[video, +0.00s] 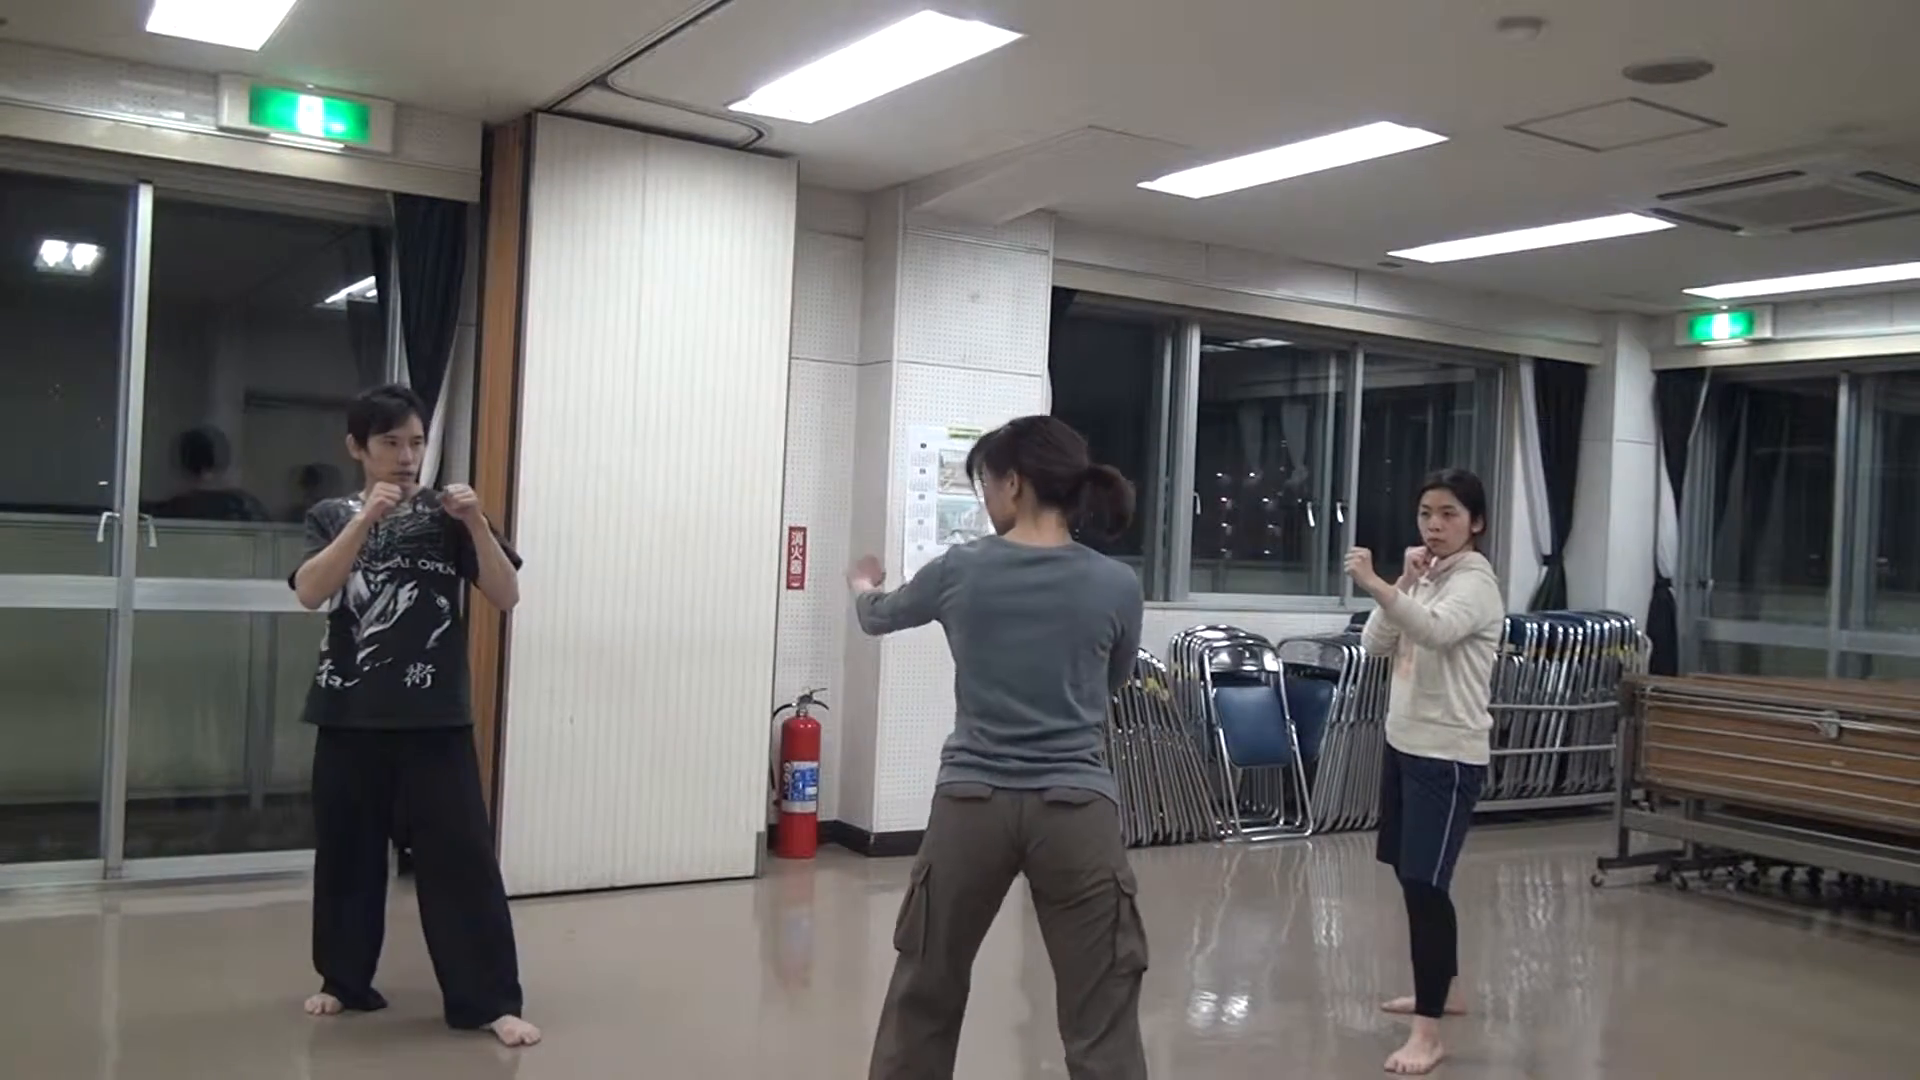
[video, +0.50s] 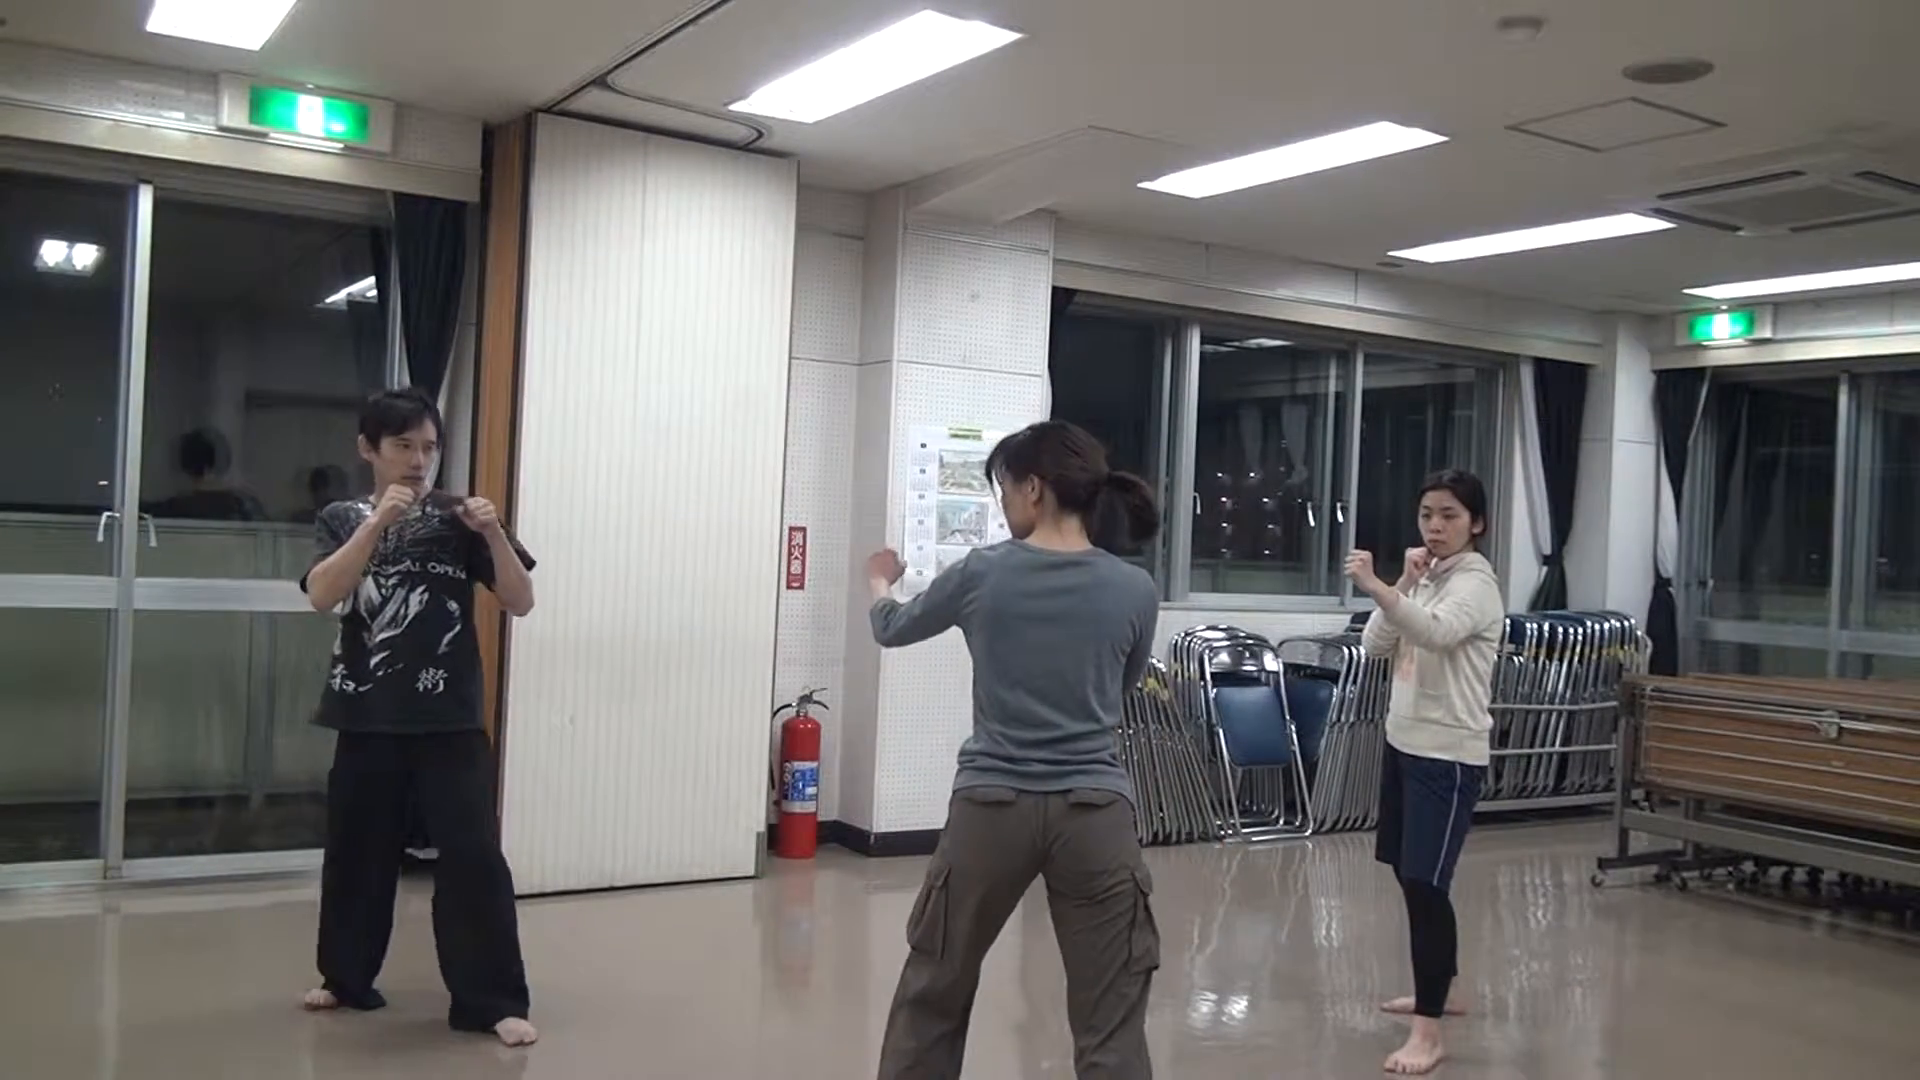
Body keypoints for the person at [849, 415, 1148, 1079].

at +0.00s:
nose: (984, 498)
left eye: (988, 484)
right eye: (983, 484)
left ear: (1017, 485)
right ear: (1072, 489)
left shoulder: (962, 568)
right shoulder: (1118, 583)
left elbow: (881, 615)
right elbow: (1116, 674)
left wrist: (864, 587)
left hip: (970, 811)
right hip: (1078, 813)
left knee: (925, 994)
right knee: (1100, 1012)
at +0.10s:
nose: (991, 501)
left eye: (994, 486)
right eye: (991, 486)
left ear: (1023, 487)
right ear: (1077, 490)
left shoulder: (968, 570)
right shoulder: (1125, 585)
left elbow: (884, 617)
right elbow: (1122, 674)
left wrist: (866, 586)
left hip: (978, 811)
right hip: (1085, 813)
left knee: (929, 992)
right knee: (1106, 1010)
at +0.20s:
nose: (996, 504)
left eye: (999, 489)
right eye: (995, 490)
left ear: (1028, 489)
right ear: (1082, 492)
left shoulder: (974, 572)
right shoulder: (1129, 585)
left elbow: (888, 620)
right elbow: (1126, 675)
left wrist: (869, 587)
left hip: (984, 810)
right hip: (1091, 811)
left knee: (933, 989)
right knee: (1110, 1006)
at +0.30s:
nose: (1000, 506)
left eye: (1002, 490)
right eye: (999, 491)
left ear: (1032, 490)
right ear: (1085, 493)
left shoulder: (980, 571)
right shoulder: (1134, 586)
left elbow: (891, 622)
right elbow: (1123, 681)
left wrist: (873, 585)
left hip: (988, 811)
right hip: (1094, 812)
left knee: (934, 989)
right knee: (1111, 1009)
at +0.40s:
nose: (1002, 507)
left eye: (1004, 491)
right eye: (1000, 492)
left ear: (1036, 489)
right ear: (1084, 493)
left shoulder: (982, 571)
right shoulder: (1136, 586)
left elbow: (893, 624)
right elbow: (1125, 680)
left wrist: (878, 585)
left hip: (991, 810)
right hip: (1096, 811)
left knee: (936, 987)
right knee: (1111, 1009)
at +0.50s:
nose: (1002, 507)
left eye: (1005, 491)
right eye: (1001, 492)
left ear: (1036, 490)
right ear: (1085, 494)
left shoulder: (983, 571)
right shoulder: (1136, 587)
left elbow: (895, 627)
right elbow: (1124, 682)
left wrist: (879, 585)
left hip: (992, 810)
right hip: (1097, 811)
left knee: (935, 987)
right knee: (1110, 1012)